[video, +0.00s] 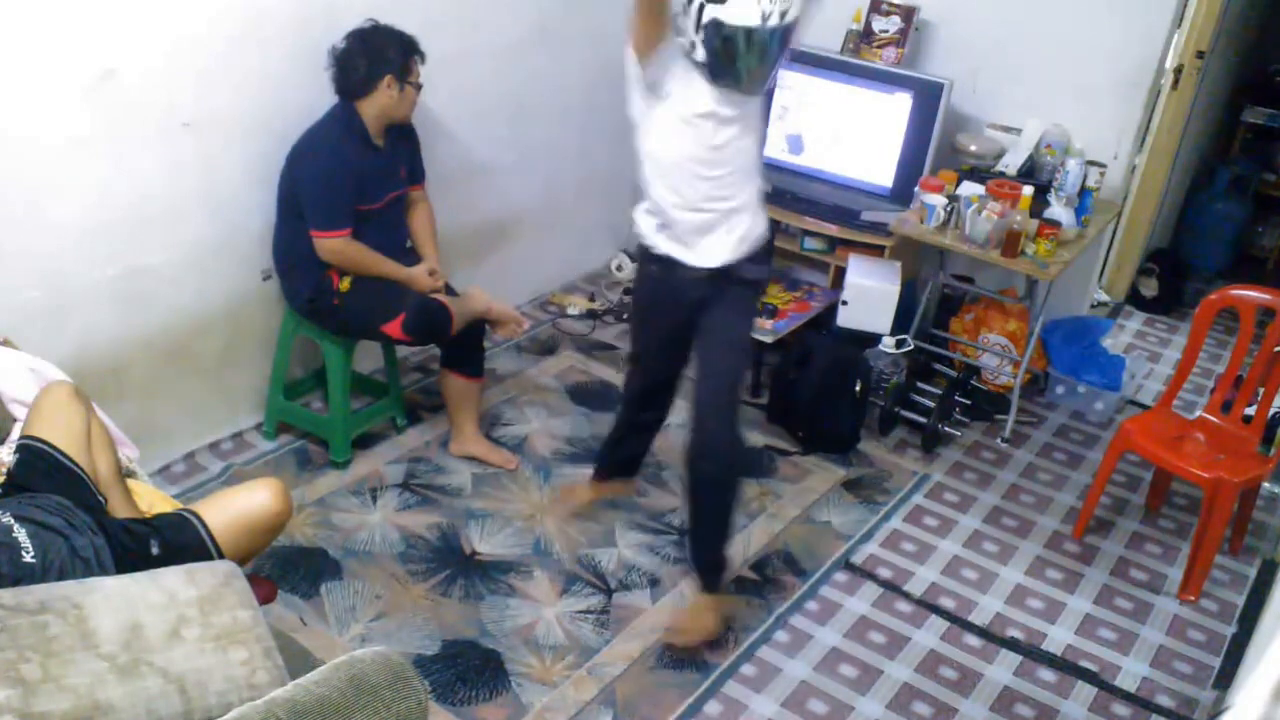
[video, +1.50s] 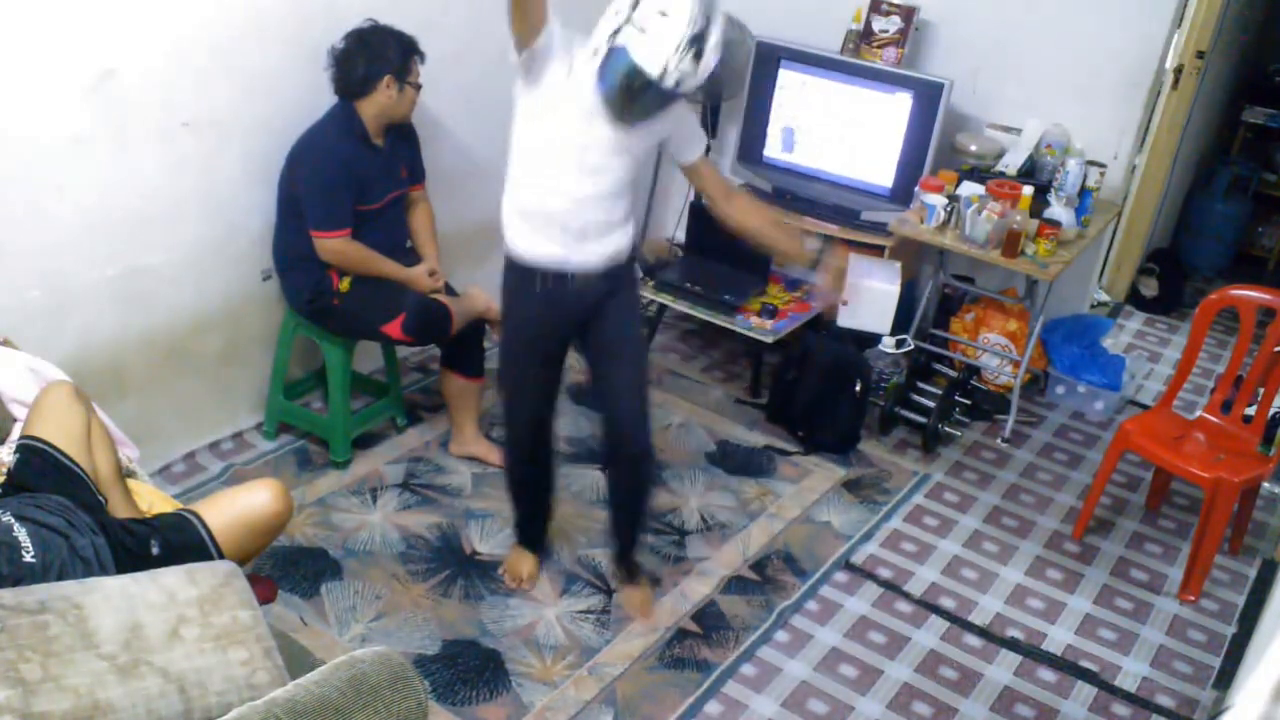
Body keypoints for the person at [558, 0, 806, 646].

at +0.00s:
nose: (744, 53)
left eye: (754, 43)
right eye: (729, 37)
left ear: (764, 43)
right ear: (696, 25)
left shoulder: (755, 69)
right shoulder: (656, 58)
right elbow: (650, 5)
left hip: (735, 266)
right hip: (664, 259)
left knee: (714, 425)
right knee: (647, 386)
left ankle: (710, 586)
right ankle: (613, 474)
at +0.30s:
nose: (727, 131)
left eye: (744, 116)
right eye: (713, 115)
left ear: (783, 95)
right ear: (698, 96)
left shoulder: (826, 131)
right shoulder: (694, 134)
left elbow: (919, 200)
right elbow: (659, 246)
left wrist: (875, 118)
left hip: (773, 333)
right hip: (699, 314)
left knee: (756, 481)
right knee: (656, 422)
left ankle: (744, 600)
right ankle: (685, 473)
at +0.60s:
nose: (720, 82)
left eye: (728, 69)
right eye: (714, 72)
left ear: (764, 76)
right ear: (719, 82)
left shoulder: (796, 135)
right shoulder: (730, 131)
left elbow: (750, 71)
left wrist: (727, 5)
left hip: (765, 334)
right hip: (714, 317)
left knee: (723, 469)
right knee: (653, 445)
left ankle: (741, 584)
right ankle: (619, 582)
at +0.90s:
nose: (668, 34)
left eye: (672, 22)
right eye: (665, 25)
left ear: (698, 15)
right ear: (705, 16)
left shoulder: (740, 56)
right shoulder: (710, 57)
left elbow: (664, 0)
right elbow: (808, 39)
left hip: (725, 266)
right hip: (670, 249)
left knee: (708, 414)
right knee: (591, 364)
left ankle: (727, 555)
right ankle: (562, 494)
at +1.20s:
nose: (621, 59)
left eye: (642, 53)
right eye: (622, 42)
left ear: (680, 65)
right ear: (619, 34)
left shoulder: (683, 133)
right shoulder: (608, 94)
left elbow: (601, 209)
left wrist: (524, 197)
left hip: (642, 295)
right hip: (573, 280)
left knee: (670, 425)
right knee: (560, 398)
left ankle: (710, 544)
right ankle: (567, 494)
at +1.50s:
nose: (647, 85)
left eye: (666, 78)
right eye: (644, 68)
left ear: (683, 71)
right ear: (621, 37)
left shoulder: (669, 111)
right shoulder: (550, 61)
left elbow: (728, 199)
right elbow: (526, 3)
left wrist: (813, 254)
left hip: (611, 286)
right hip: (533, 282)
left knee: (631, 432)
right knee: (526, 428)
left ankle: (627, 565)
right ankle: (528, 544)